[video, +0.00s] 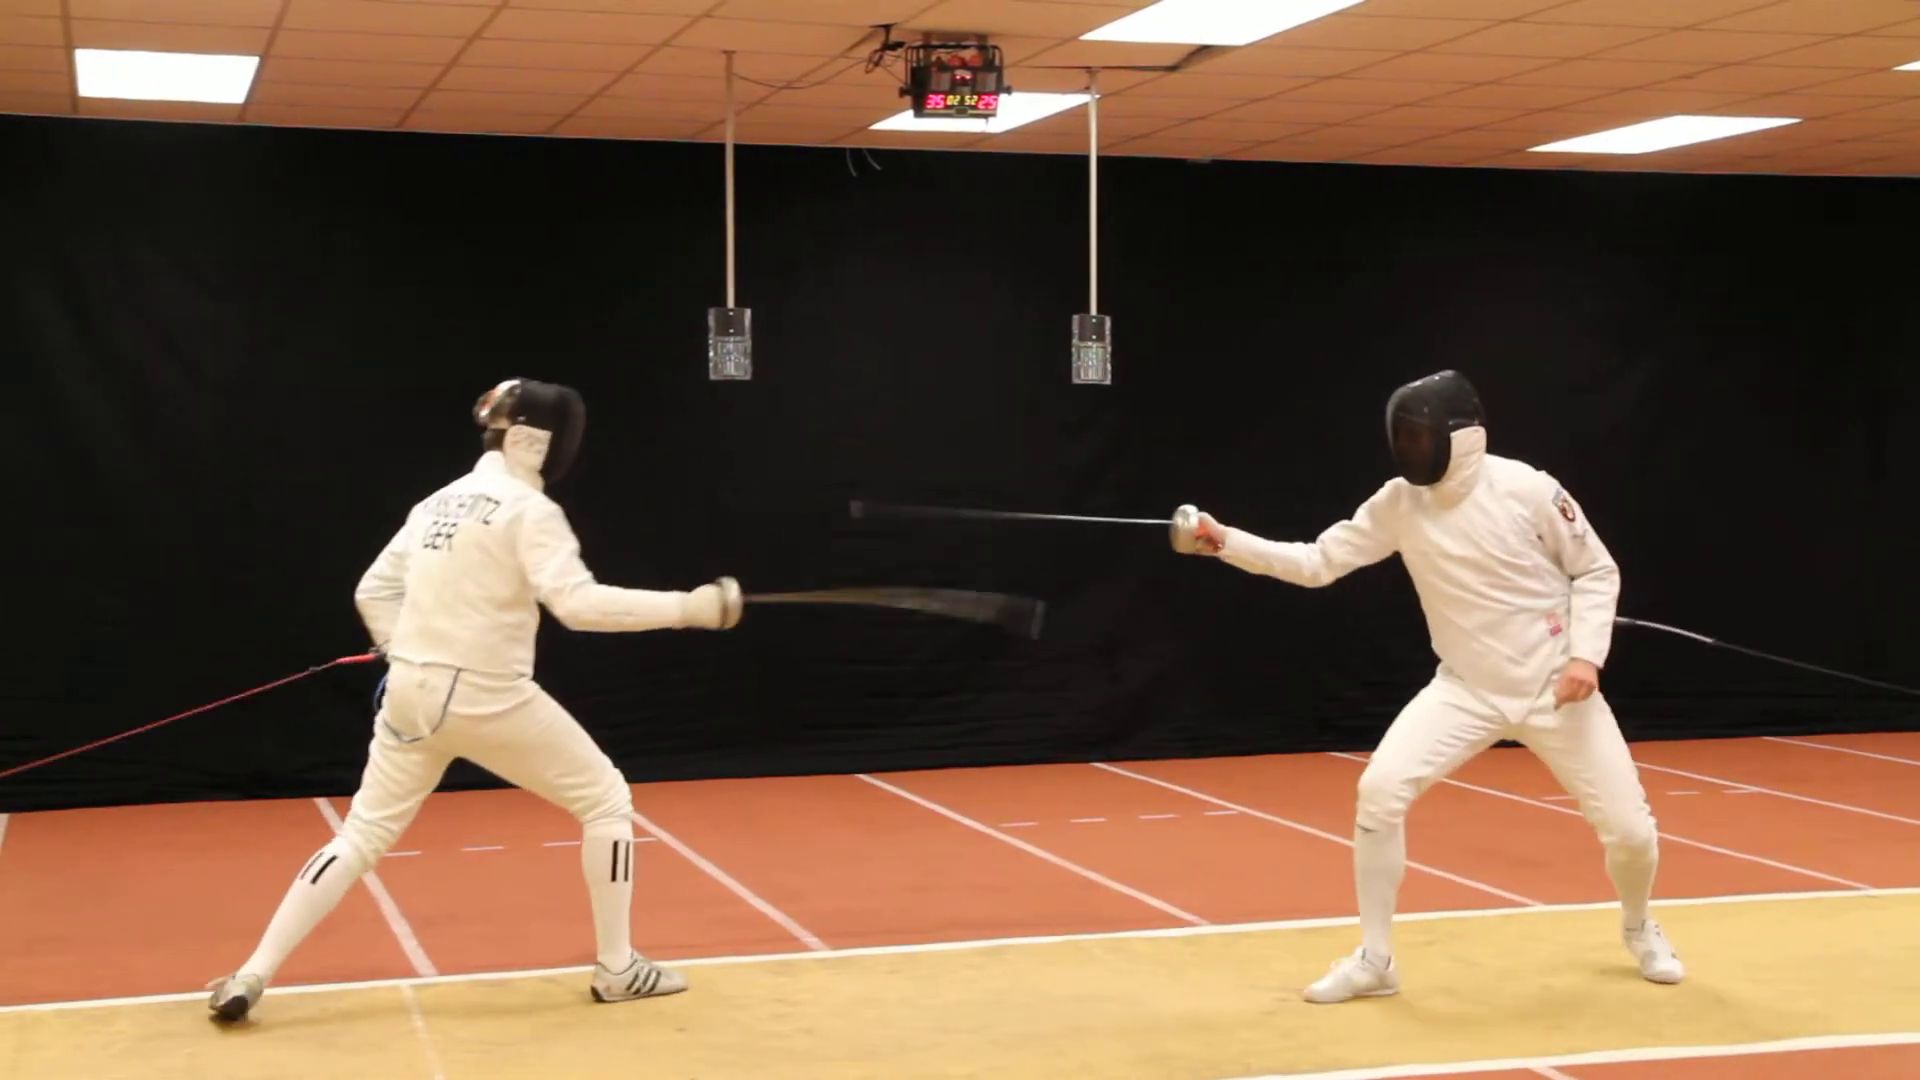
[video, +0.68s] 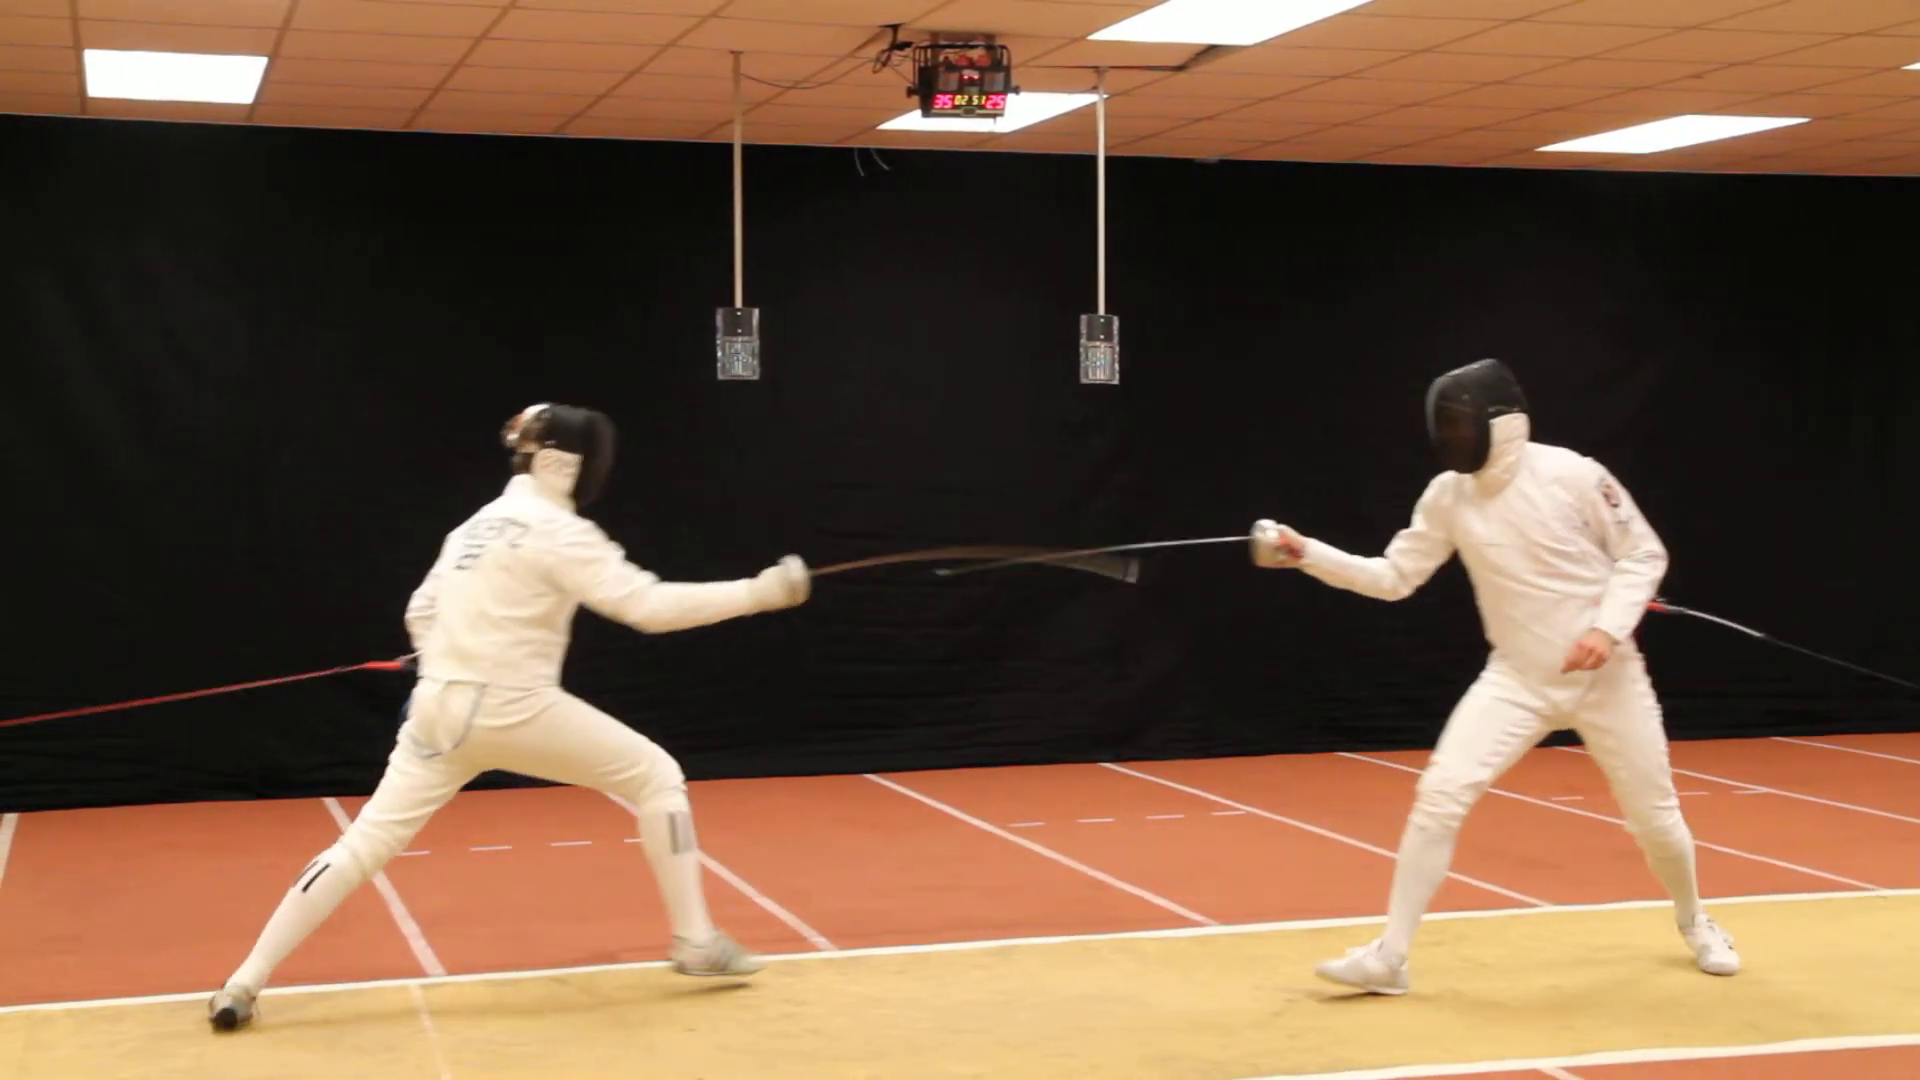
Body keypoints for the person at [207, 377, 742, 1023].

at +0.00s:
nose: (557, 449)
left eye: (551, 435)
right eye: (554, 436)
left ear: (504, 435)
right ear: (536, 442)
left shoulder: (439, 502)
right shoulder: (531, 511)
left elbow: (376, 591)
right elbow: (577, 601)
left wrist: (414, 662)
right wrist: (691, 605)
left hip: (408, 691)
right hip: (491, 697)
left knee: (361, 835)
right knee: (605, 801)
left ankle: (250, 977)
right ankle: (619, 967)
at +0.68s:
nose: (560, 468)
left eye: (555, 453)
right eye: (563, 457)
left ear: (533, 458)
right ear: (564, 465)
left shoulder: (477, 524)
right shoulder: (560, 531)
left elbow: (421, 611)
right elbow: (650, 606)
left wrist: (452, 679)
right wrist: (762, 592)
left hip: (435, 708)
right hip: (516, 707)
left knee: (361, 848)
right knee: (653, 777)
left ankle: (242, 984)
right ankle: (696, 939)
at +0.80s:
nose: (656, 473)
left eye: (633, 456)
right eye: (659, 463)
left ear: (599, 458)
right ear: (655, 467)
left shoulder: (541, 521)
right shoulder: (646, 529)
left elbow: (473, 604)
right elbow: (737, 581)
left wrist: (494, 673)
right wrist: (844, 568)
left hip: (495, 692)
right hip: (579, 701)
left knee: (397, 827)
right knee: (689, 813)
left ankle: (267, 951)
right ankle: (770, 956)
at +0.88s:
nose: (704, 481)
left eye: (685, 463)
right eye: (704, 470)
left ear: (639, 467)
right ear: (694, 476)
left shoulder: (576, 531)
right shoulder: (689, 540)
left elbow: (502, 613)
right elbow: (778, 600)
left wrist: (493, 702)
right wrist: (879, 573)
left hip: (533, 701)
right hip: (619, 708)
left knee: (446, 838)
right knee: (734, 796)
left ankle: (313, 942)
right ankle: (780, 956)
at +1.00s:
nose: (719, 481)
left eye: (708, 466)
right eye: (717, 469)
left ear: (663, 460)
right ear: (705, 470)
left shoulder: (598, 526)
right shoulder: (702, 532)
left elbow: (527, 617)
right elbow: (775, 623)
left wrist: (519, 703)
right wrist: (882, 600)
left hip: (560, 699)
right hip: (642, 705)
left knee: (514, 845)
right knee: (757, 796)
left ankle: (391, 948)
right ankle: (780, 957)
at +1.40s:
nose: (682, 463)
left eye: (678, 450)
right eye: (677, 451)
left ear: (613, 451)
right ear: (658, 457)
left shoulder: (566, 519)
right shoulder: (662, 527)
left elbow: (567, 616)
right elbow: (736, 611)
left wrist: (537, 656)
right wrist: (838, 584)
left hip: (539, 703)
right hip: (621, 707)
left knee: (494, 842)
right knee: (743, 796)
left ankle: (406, 988)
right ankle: (775, 956)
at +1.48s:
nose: (688, 460)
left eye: (682, 446)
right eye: (683, 448)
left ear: (616, 450)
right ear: (665, 456)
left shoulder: (569, 519)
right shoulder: (665, 525)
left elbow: (563, 624)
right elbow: (740, 607)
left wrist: (639, 673)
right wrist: (843, 585)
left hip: (542, 702)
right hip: (623, 706)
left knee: (496, 840)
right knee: (747, 796)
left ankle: (404, 986)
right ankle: (772, 957)